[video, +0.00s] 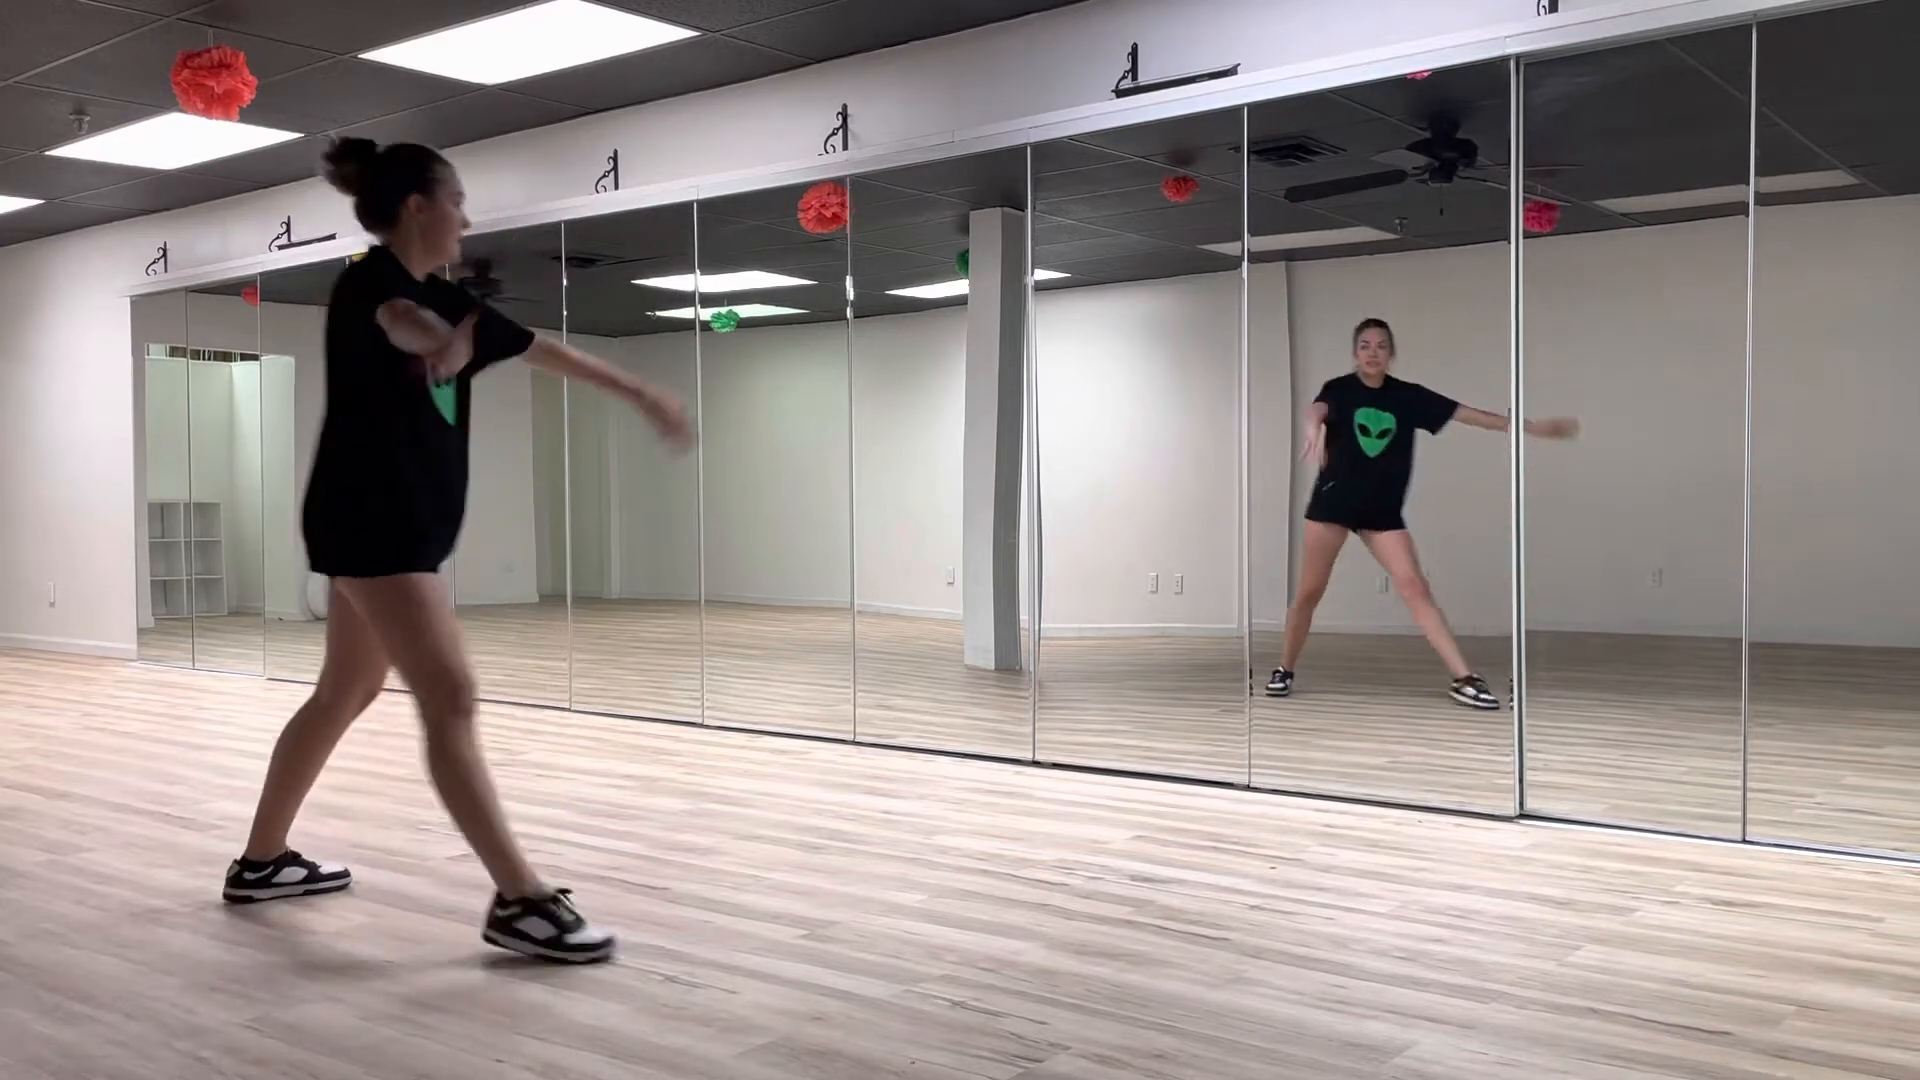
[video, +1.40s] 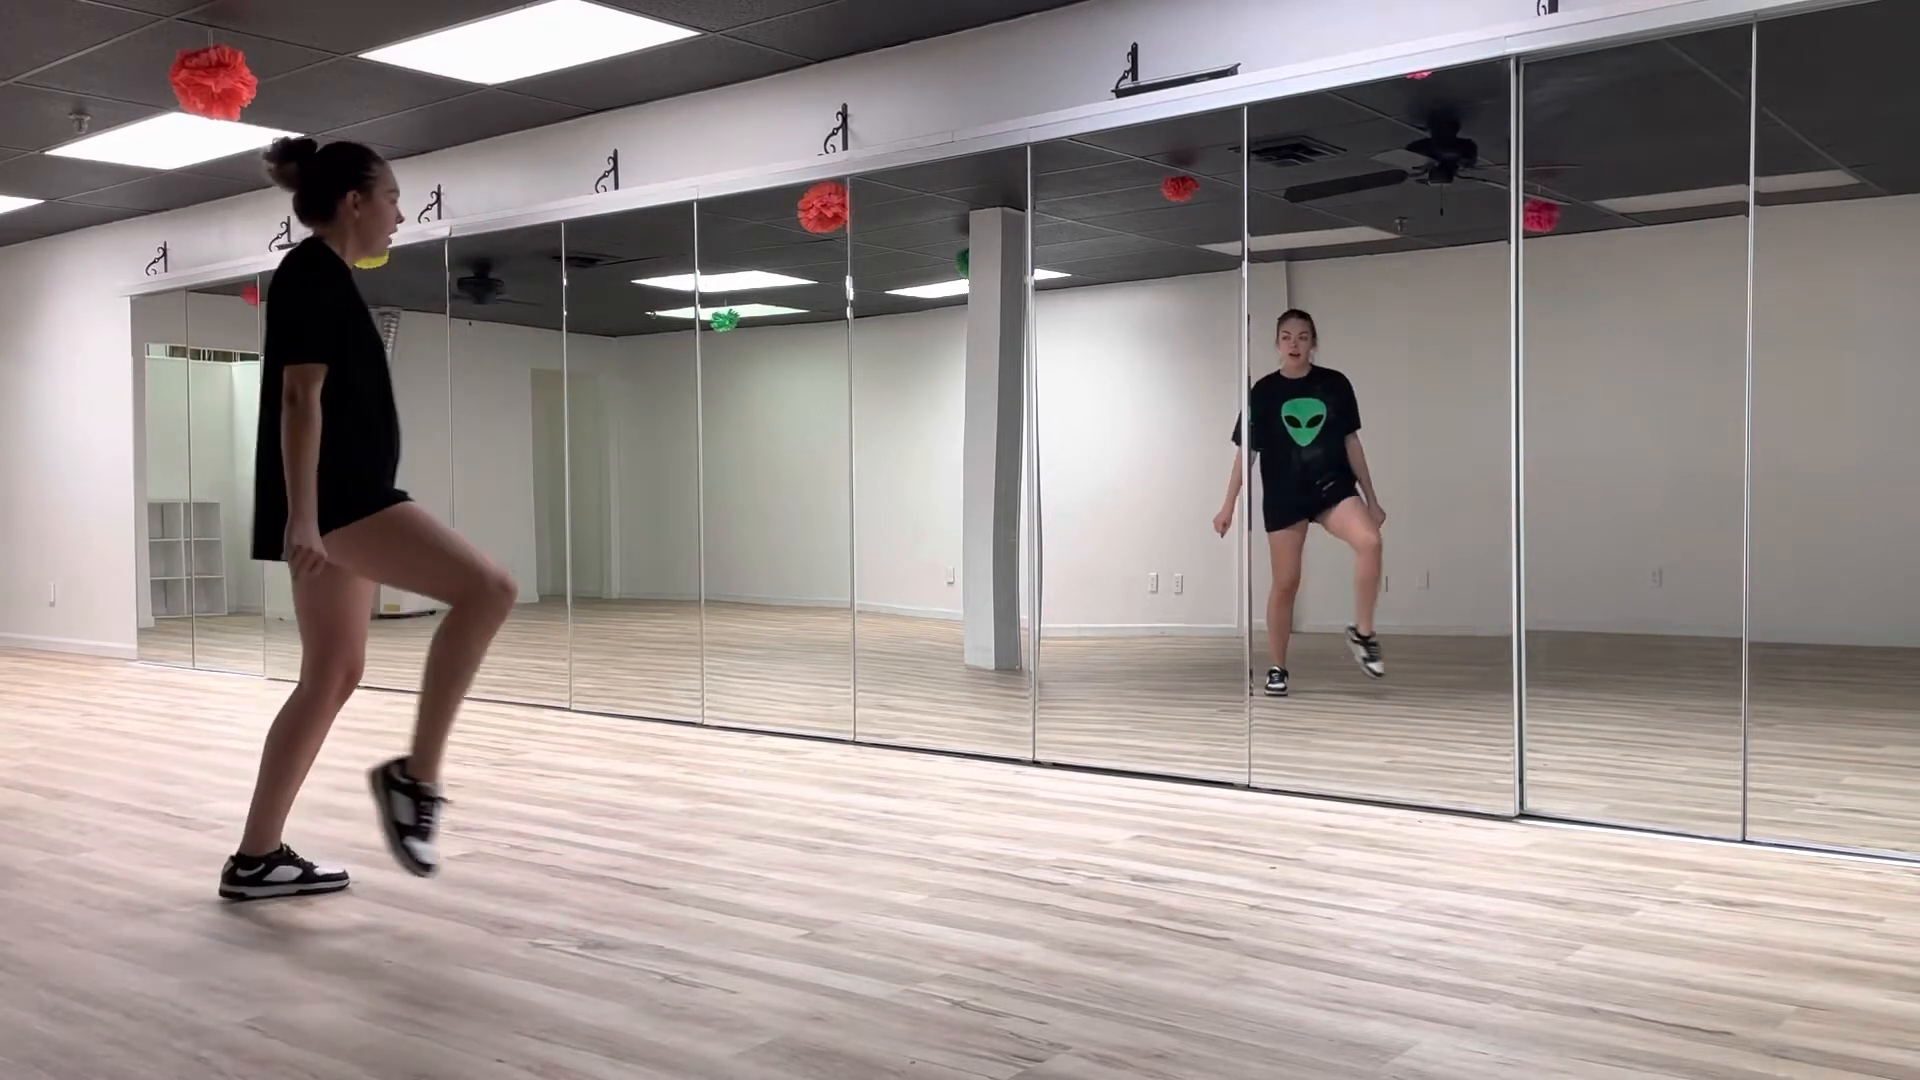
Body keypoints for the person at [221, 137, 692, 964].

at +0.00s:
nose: (464, 217)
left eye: (464, 203)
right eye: (455, 202)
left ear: (417, 210)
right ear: (414, 207)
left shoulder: (448, 295)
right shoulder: (371, 280)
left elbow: (539, 348)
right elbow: (407, 326)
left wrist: (644, 393)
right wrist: (450, 340)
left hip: (394, 522)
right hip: (370, 521)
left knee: (344, 690)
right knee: (448, 697)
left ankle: (261, 857)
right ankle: (519, 897)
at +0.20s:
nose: (407, 204)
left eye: (406, 191)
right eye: (397, 189)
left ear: (357, 194)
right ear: (357, 189)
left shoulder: (374, 270)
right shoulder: (318, 253)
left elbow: (472, 297)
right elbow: (439, 270)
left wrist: (581, 286)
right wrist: (547, 260)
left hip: (342, 494)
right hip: (315, 492)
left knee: (308, 677)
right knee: (373, 676)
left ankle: (258, 856)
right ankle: (424, 875)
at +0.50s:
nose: (376, 202)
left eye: (375, 190)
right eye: (369, 187)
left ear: (334, 197)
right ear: (329, 190)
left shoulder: (357, 294)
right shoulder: (272, 253)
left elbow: (453, 341)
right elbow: (345, 282)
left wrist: (444, 252)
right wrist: (425, 230)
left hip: (323, 487)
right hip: (279, 478)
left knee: (296, 666)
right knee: (382, 643)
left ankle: (253, 858)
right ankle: (305, 830)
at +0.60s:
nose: (376, 194)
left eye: (374, 180)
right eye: (366, 179)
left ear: (327, 189)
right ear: (329, 185)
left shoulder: (349, 288)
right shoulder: (270, 252)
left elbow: (401, 389)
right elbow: (288, 342)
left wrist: (434, 302)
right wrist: (348, 247)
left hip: (323, 482)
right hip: (277, 478)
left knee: (302, 662)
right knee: (392, 626)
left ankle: (261, 854)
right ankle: (276, 780)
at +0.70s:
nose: (374, 196)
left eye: (372, 182)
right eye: (363, 182)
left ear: (325, 188)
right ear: (325, 185)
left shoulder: (324, 274)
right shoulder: (269, 253)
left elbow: (332, 401)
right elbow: (231, 375)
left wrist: (423, 395)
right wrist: (330, 331)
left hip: (308, 481)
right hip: (283, 481)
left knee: (307, 655)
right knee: (394, 625)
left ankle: (258, 844)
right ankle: (276, 772)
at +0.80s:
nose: (366, 210)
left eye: (365, 196)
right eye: (358, 195)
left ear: (310, 199)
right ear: (317, 197)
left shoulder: (295, 271)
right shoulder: (265, 265)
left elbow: (276, 386)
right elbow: (226, 385)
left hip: (293, 492)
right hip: (298, 492)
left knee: (298, 664)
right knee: (390, 644)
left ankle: (254, 857)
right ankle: (291, 819)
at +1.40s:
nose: (398, 213)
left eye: (397, 199)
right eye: (390, 198)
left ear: (343, 205)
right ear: (354, 203)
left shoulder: (321, 274)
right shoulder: (312, 273)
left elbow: (315, 402)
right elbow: (300, 401)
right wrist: (302, 515)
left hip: (325, 503)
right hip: (346, 498)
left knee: (330, 675)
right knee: (488, 591)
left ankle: (257, 853)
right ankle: (418, 776)